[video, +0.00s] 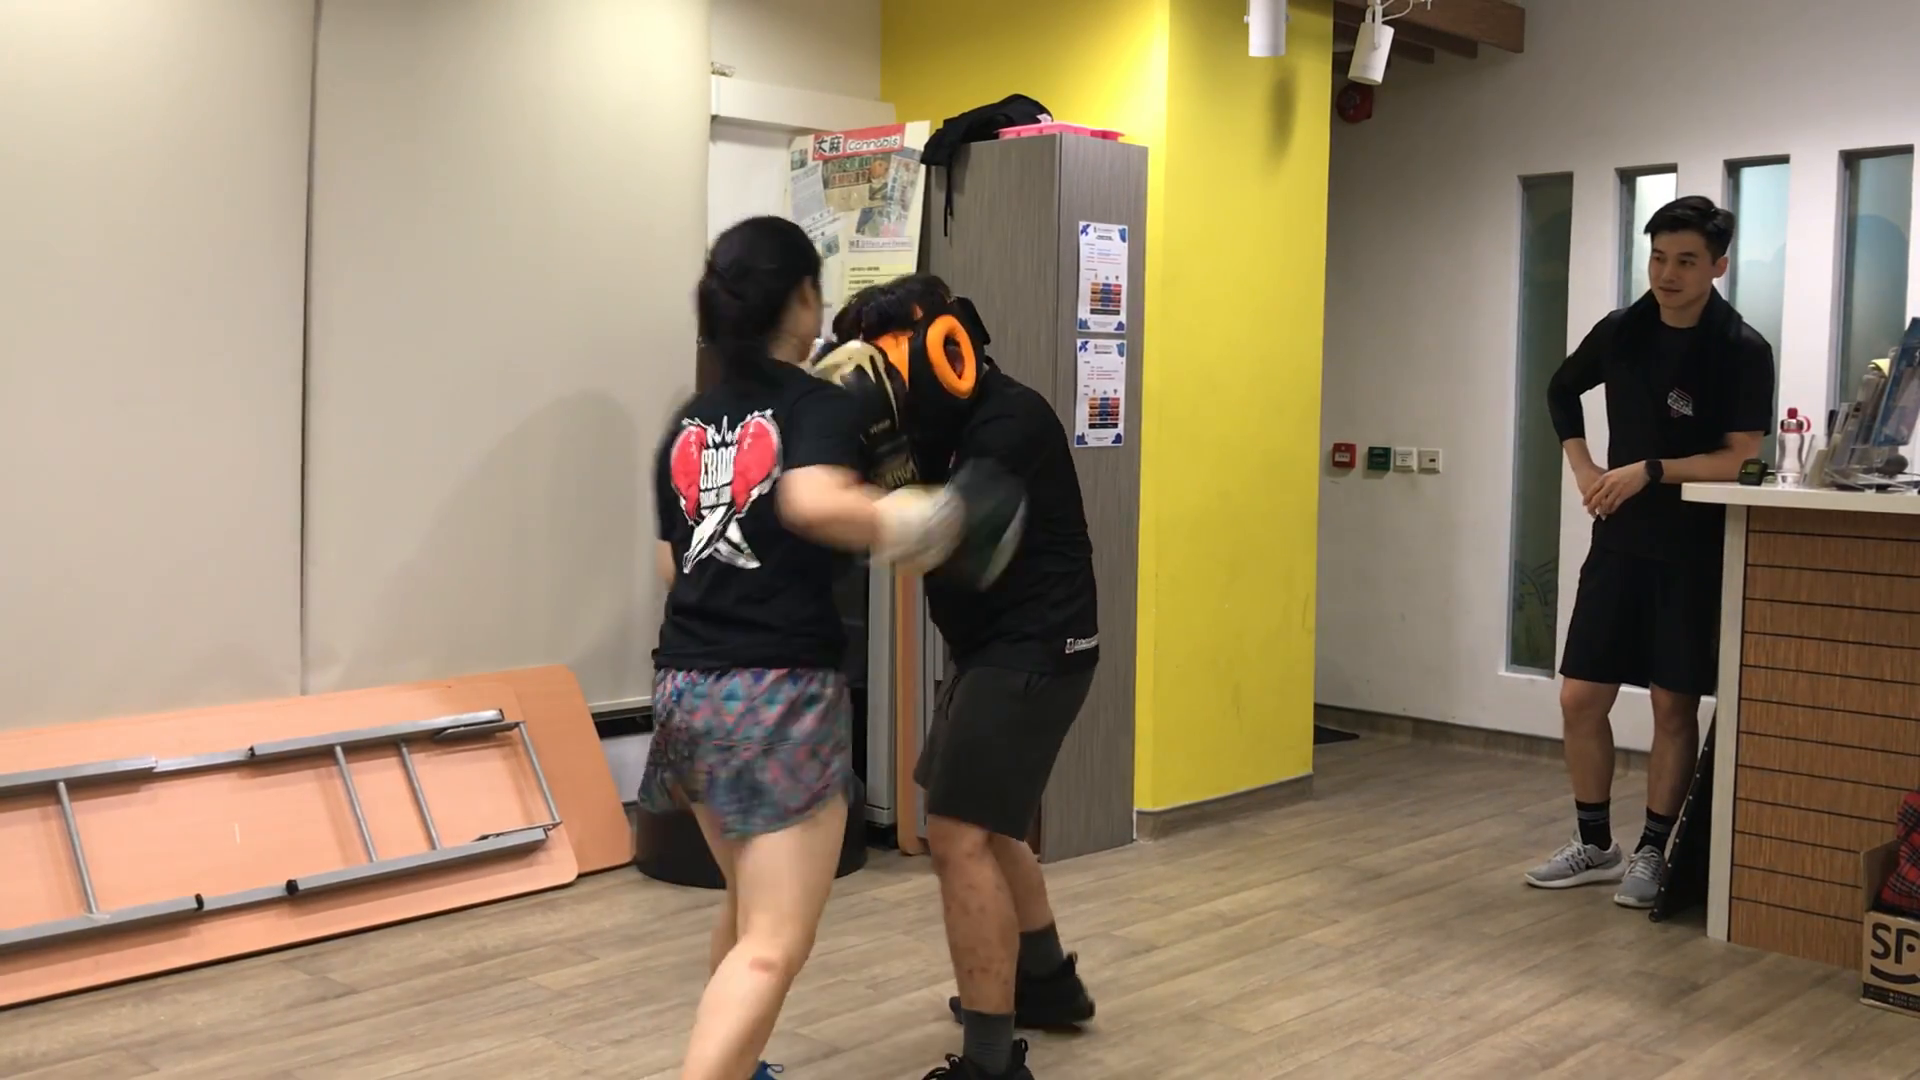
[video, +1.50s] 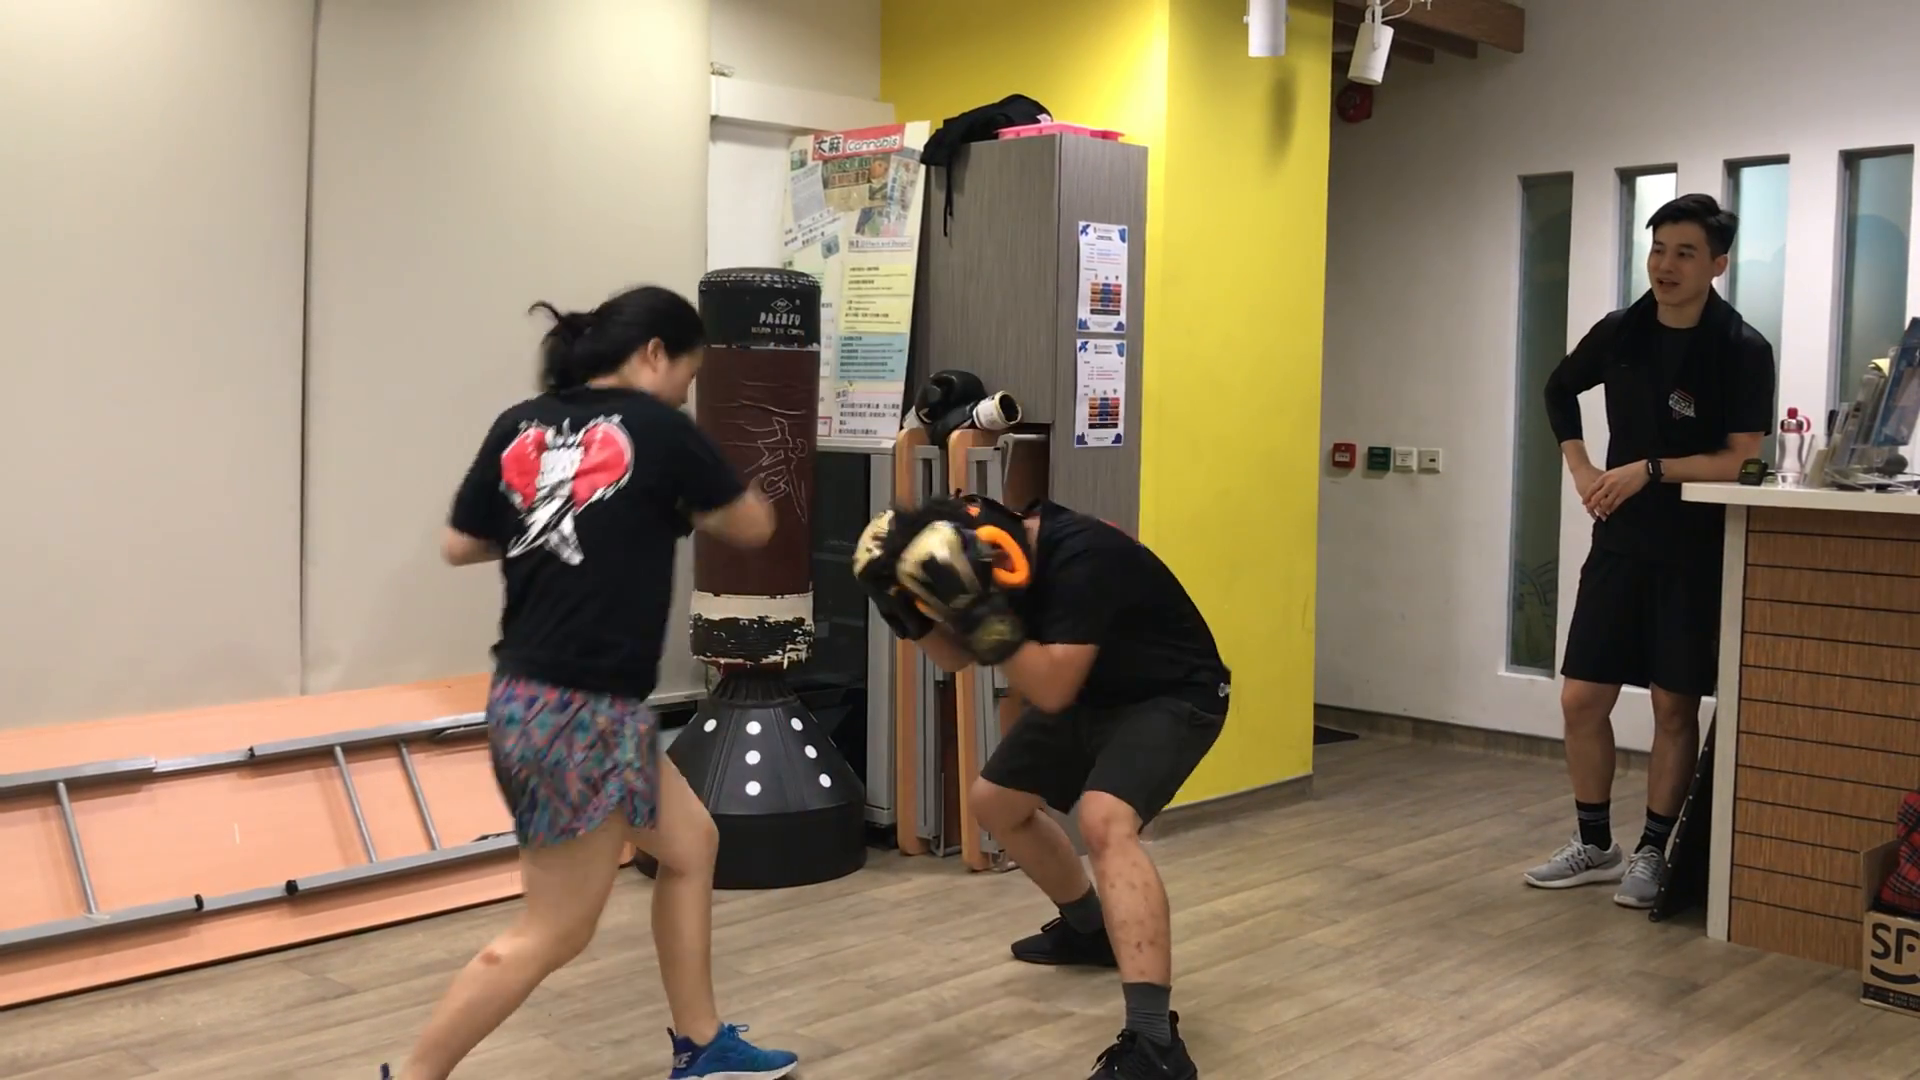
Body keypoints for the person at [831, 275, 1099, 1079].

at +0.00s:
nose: (875, 386)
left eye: (881, 366)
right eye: (869, 369)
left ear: (931, 353)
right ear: (939, 350)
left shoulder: (1010, 420)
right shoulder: (948, 425)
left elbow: (957, 545)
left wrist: (884, 472)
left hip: (1037, 649)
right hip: (997, 646)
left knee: (955, 832)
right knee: (989, 820)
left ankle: (988, 1056)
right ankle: (1046, 980)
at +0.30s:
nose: (901, 403)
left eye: (903, 385)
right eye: (893, 390)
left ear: (950, 363)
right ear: (954, 366)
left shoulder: (1021, 418)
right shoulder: (971, 433)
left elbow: (945, 530)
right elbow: (909, 530)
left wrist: (894, 440)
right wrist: (853, 457)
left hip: (1067, 643)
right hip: (1020, 642)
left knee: (999, 825)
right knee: (986, 789)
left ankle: (983, 1045)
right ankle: (1062, 954)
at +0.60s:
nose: (949, 327)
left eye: (959, 311)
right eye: (944, 313)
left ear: (1009, 308)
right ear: (988, 318)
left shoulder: (1063, 385)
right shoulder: (996, 390)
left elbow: (997, 476)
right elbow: (934, 470)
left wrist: (955, 372)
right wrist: (894, 392)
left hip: (1067, 622)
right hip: (1014, 622)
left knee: (1034, 805)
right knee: (1007, 790)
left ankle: (1043, 1032)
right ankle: (1065, 954)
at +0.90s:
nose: (977, 369)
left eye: (988, 354)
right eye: (969, 358)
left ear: (1033, 349)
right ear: (972, 365)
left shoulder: (1096, 427)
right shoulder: (992, 422)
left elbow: (1028, 523)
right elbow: (898, 482)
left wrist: (990, 426)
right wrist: (891, 396)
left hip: (1102, 650)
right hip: (1027, 646)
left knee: (1075, 823)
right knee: (989, 792)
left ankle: (1147, 1037)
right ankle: (1063, 954)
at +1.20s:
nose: (1026, 461)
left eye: (1039, 439)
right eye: (1019, 444)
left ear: (1085, 418)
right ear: (1010, 434)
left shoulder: (1145, 457)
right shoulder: (1017, 448)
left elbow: (1111, 582)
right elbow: (950, 544)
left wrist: (1078, 485)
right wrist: (937, 460)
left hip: (1137, 648)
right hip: (1051, 640)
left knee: (1102, 818)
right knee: (994, 791)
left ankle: (1149, 1038)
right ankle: (1082, 888)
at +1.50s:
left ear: (994, 552)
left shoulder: (1085, 556)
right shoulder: (1000, 562)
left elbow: (1053, 688)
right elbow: (955, 657)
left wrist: (977, 608)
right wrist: (902, 604)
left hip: (1176, 691)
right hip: (1085, 693)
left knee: (1103, 817)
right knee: (997, 800)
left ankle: (1153, 1038)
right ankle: (1089, 927)